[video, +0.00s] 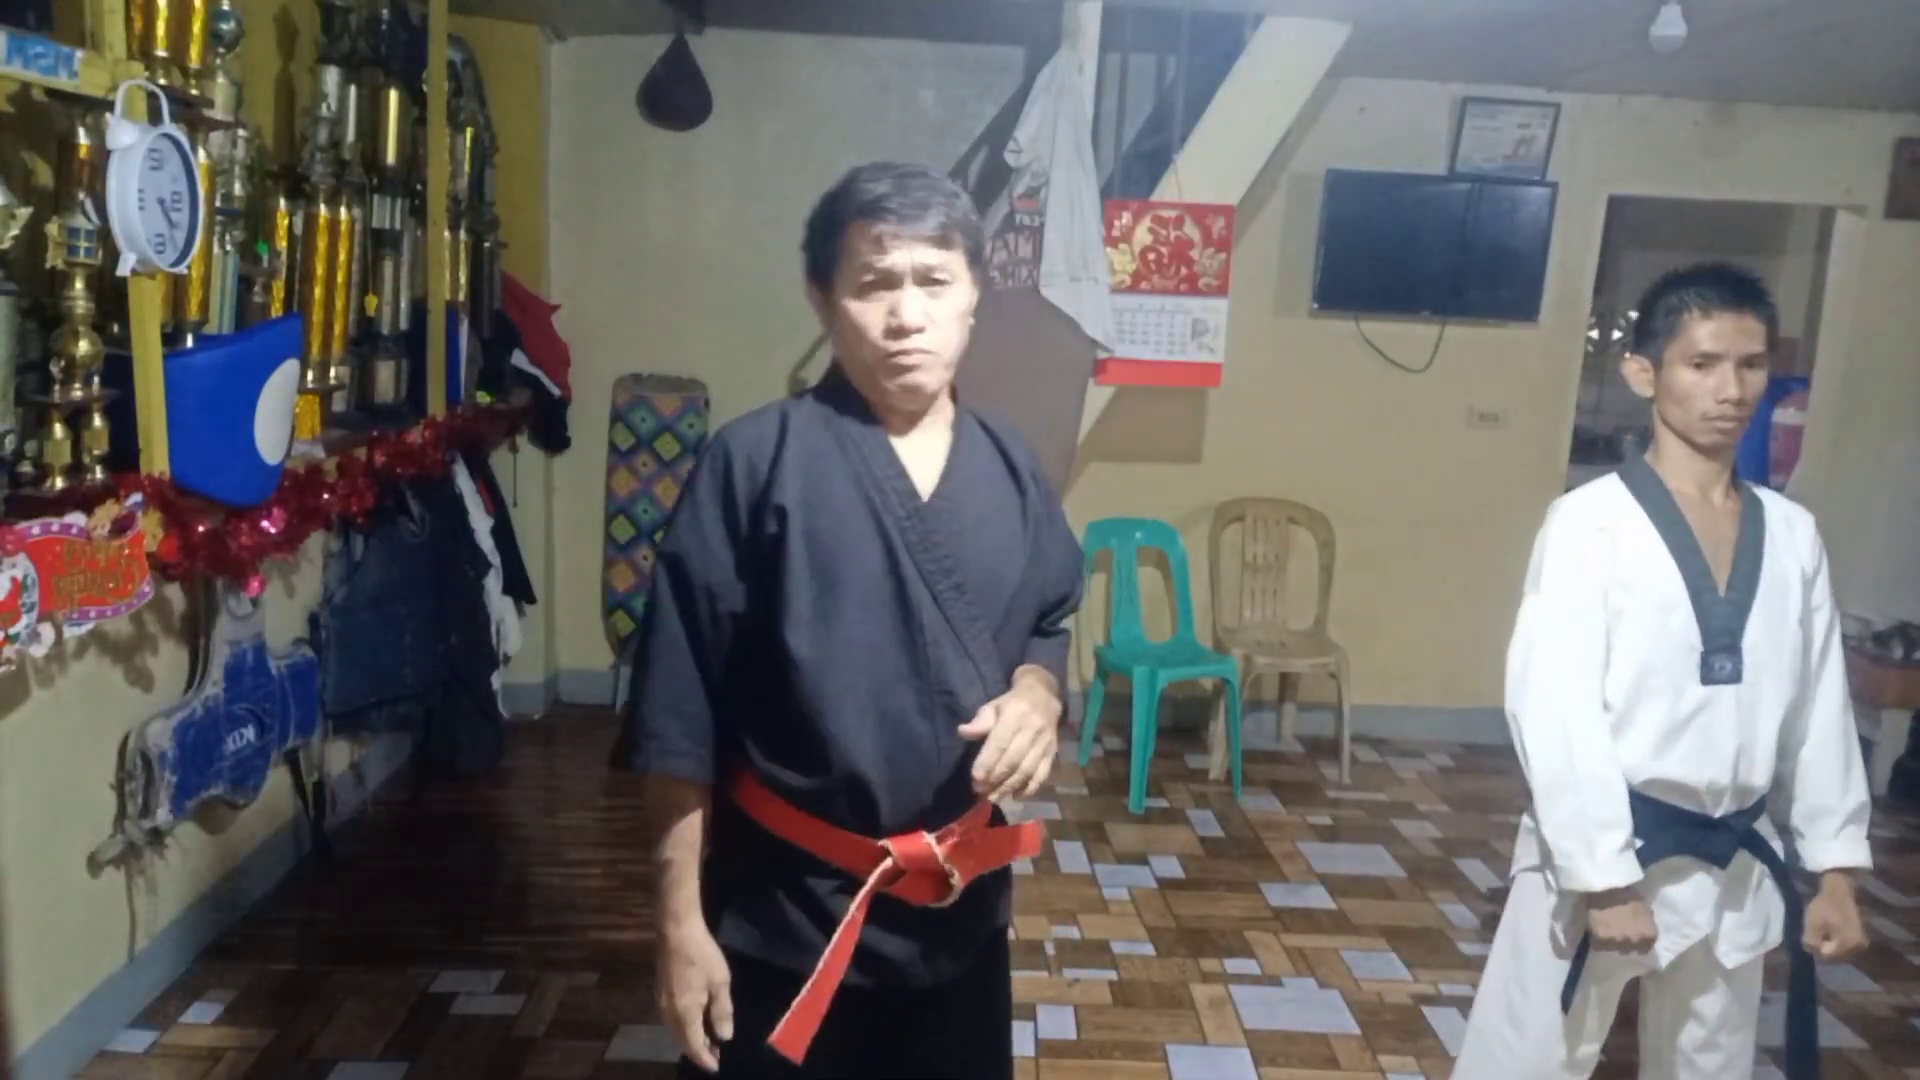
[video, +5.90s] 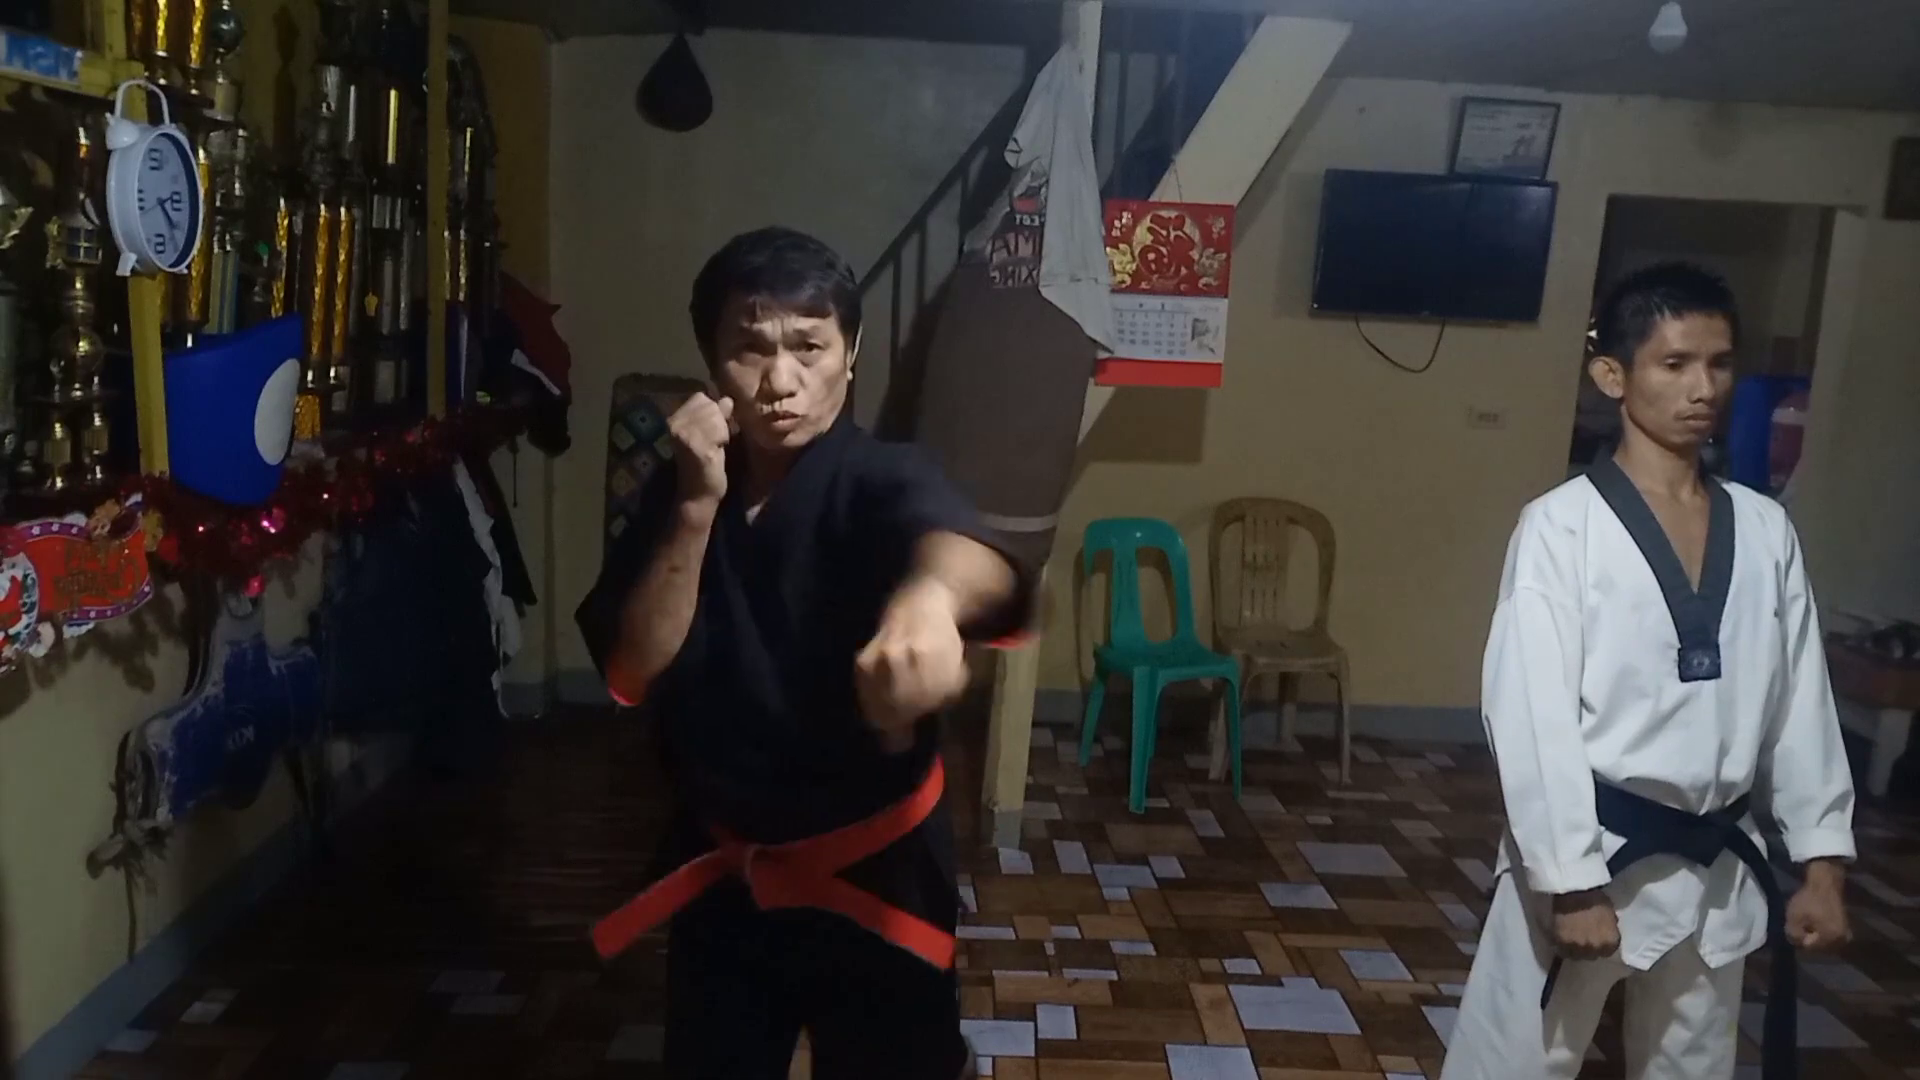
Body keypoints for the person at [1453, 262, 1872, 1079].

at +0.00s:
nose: (1731, 389)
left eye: (1750, 364)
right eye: (1703, 363)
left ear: (1768, 374)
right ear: (1642, 374)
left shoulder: (1793, 534)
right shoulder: (1587, 524)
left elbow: (1820, 709)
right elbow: (1552, 704)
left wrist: (1837, 871)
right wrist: (1607, 879)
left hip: (1735, 869)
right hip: (1595, 861)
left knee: (1710, 1070)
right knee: (1526, 1065)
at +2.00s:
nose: (1724, 385)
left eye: (1738, 362)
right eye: (1696, 361)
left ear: (1751, 372)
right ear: (1628, 374)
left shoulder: (1778, 533)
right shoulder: (1568, 526)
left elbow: (1813, 711)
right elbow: (1535, 711)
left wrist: (1837, 873)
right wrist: (1580, 885)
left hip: (1726, 883)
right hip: (1586, 876)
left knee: (1704, 1070)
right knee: (1528, 1067)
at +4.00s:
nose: (1712, 391)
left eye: (1726, 367)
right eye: (1684, 366)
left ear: (1741, 373)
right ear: (1616, 376)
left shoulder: (1769, 530)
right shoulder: (1562, 529)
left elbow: (1803, 703)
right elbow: (1532, 714)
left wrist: (1824, 865)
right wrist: (1574, 886)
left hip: (1718, 873)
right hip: (1583, 870)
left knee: (1692, 1069)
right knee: (1523, 1065)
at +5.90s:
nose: (1705, 388)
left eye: (1719, 363)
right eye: (1675, 364)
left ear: (1734, 371)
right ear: (1612, 376)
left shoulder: (1765, 527)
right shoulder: (1559, 526)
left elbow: (1801, 700)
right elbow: (1531, 710)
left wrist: (1823, 862)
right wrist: (1575, 881)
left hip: (1717, 871)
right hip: (1581, 868)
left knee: (1692, 1070)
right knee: (1519, 1066)